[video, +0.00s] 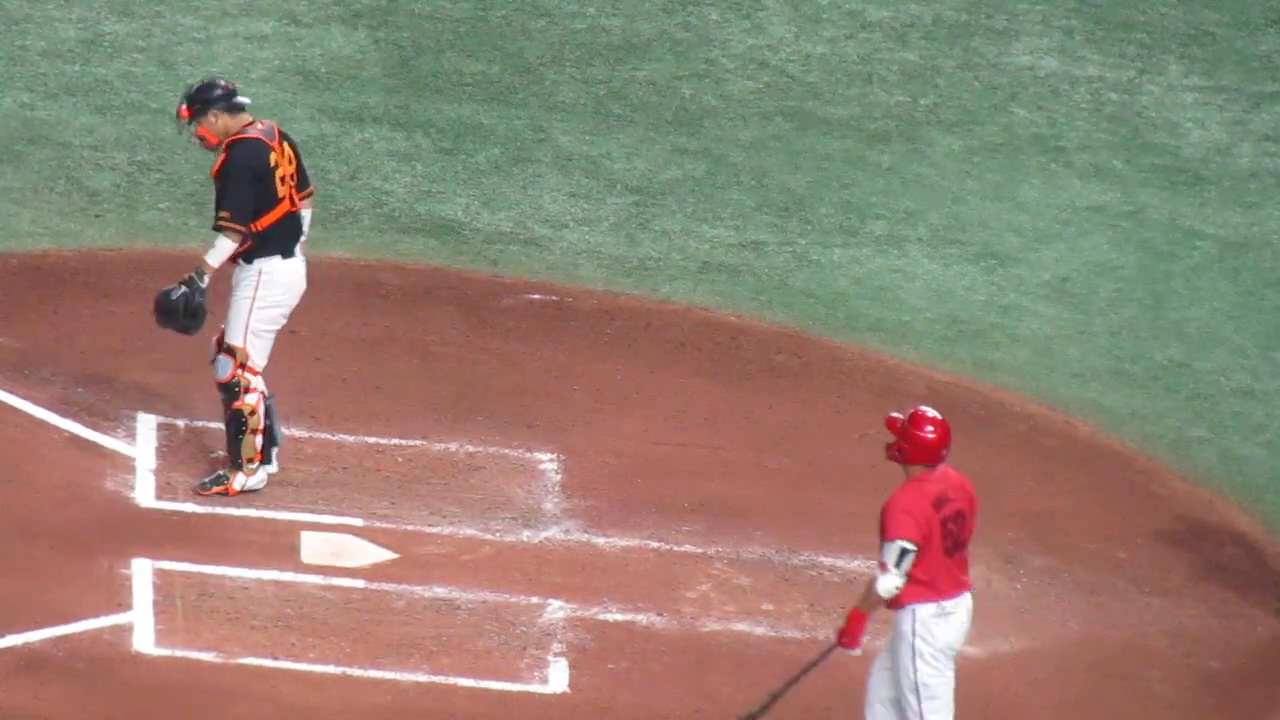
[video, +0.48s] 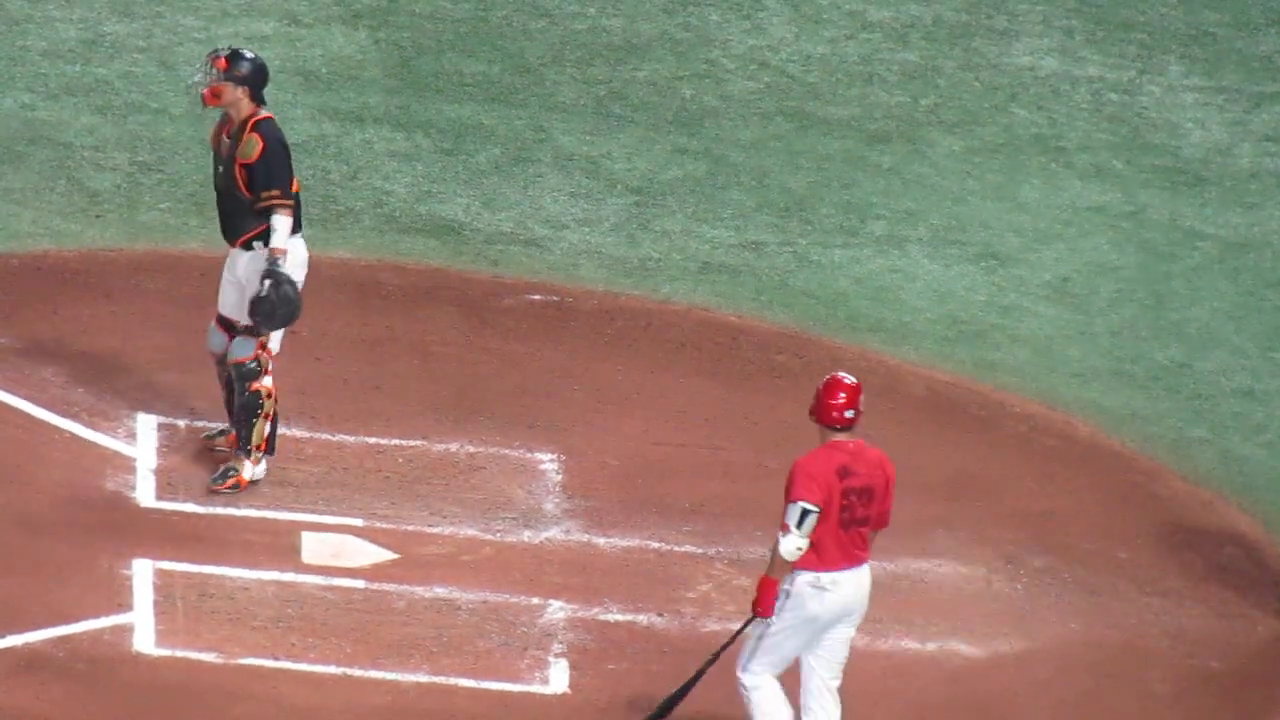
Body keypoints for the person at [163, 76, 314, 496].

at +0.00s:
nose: (198, 134)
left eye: (199, 123)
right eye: (195, 126)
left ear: (219, 114)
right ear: (227, 112)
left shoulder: (241, 155)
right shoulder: (271, 133)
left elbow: (232, 230)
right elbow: (303, 197)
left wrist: (197, 278)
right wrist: (291, 245)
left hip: (265, 271)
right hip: (285, 265)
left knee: (235, 365)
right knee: (231, 351)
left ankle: (247, 468)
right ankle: (262, 448)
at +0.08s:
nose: (199, 121)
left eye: (203, 112)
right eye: (198, 113)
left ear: (225, 108)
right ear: (229, 107)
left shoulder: (246, 151)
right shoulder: (269, 132)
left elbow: (237, 226)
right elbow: (299, 200)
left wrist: (202, 276)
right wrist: (279, 249)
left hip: (261, 269)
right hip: (275, 264)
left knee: (234, 365)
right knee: (223, 347)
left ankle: (247, 468)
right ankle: (260, 434)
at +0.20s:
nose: (208, 103)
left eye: (214, 97)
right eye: (209, 96)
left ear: (237, 100)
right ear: (239, 99)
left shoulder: (254, 144)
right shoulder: (259, 132)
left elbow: (247, 218)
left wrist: (219, 274)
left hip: (263, 266)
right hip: (255, 264)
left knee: (235, 363)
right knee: (217, 350)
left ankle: (249, 469)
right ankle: (249, 430)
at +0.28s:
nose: (211, 98)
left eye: (218, 92)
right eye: (212, 90)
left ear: (240, 98)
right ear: (240, 97)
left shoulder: (259, 142)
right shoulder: (250, 133)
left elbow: (257, 215)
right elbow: (250, 208)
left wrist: (232, 272)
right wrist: (232, 261)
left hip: (267, 266)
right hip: (253, 262)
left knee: (236, 363)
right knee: (218, 350)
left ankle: (249, 469)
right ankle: (247, 430)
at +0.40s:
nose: (214, 91)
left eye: (222, 86)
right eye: (215, 84)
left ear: (244, 94)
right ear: (234, 92)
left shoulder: (263, 138)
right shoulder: (230, 134)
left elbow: (272, 209)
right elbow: (240, 201)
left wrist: (260, 269)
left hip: (269, 257)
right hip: (242, 255)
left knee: (243, 360)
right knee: (221, 347)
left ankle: (251, 466)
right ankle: (243, 429)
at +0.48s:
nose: (214, 86)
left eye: (222, 81)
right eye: (215, 79)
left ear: (244, 88)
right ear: (231, 86)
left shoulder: (266, 135)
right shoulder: (229, 128)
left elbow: (282, 205)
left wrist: (277, 267)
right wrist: (218, 142)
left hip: (272, 252)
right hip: (243, 251)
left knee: (249, 356)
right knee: (222, 345)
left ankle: (253, 458)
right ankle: (242, 428)